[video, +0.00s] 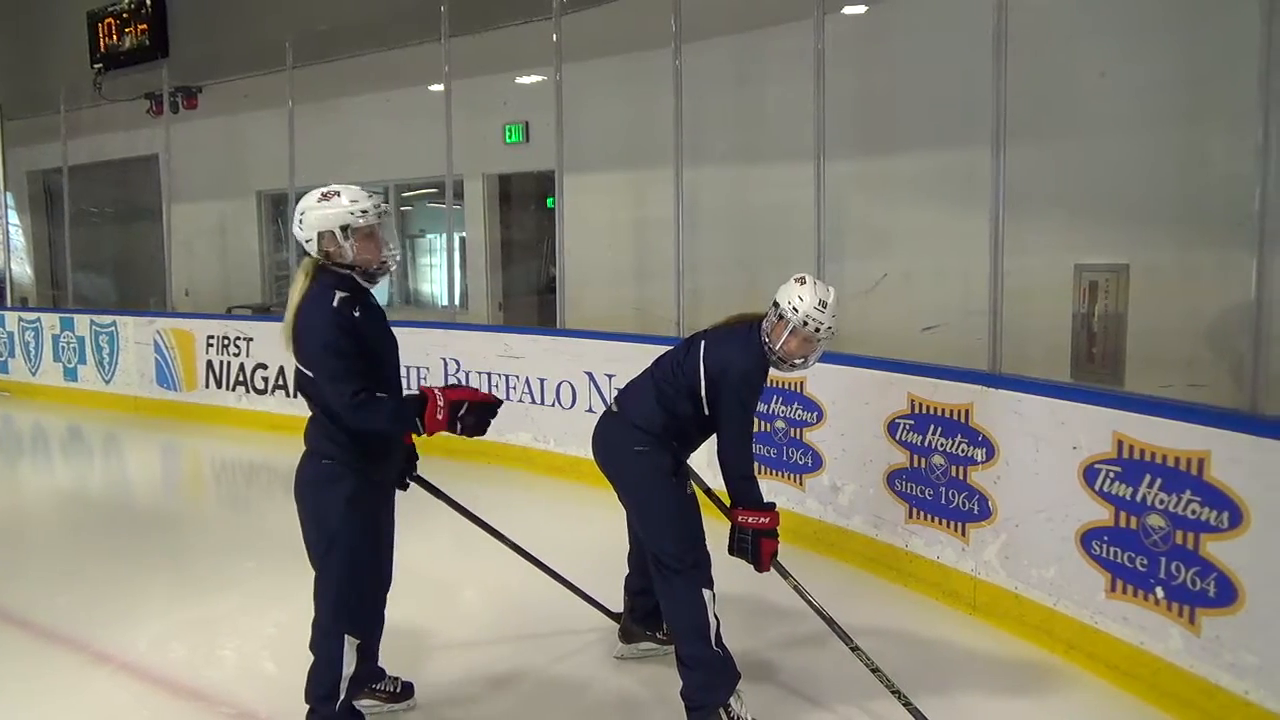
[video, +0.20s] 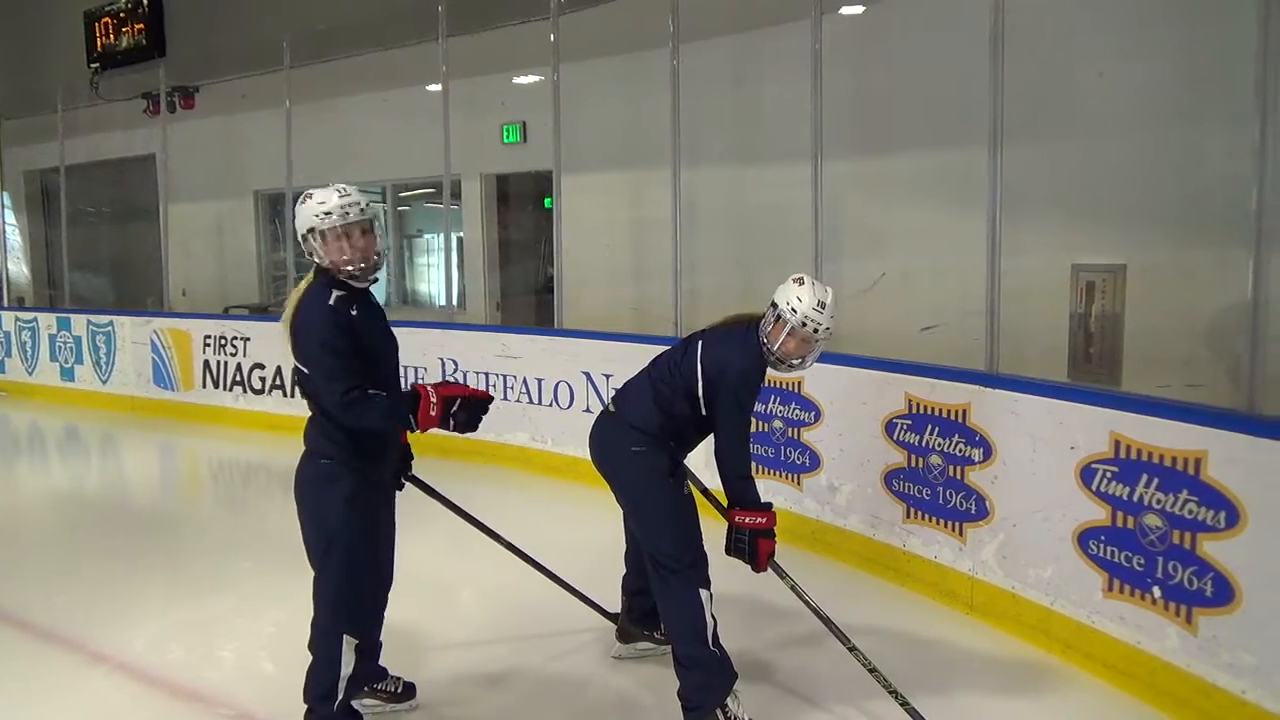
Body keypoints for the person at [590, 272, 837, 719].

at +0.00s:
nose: (794, 345)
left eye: (806, 339)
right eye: (791, 331)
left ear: (819, 344)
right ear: (774, 320)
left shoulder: (744, 336)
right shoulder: (744, 361)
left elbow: (682, 379)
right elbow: (734, 447)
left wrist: (673, 445)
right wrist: (753, 515)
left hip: (625, 433)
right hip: (642, 445)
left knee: (652, 534)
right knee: (686, 566)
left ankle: (641, 623)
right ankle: (710, 702)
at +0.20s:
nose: (792, 345)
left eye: (804, 339)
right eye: (788, 331)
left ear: (817, 344)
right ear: (771, 319)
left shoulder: (741, 337)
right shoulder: (741, 361)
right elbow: (732, 447)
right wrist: (750, 516)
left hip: (622, 433)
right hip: (638, 445)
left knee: (649, 531)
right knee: (683, 567)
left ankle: (639, 621)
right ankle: (707, 703)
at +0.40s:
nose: (789, 347)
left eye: (801, 341)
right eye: (785, 333)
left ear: (814, 344)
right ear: (768, 320)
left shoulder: (738, 337)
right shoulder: (737, 362)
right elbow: (729, 448)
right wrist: (747, 517)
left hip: (618, 433)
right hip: (635, 446)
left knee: (645, 533)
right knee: (680, 568)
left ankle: (636, 622)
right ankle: (704, 702)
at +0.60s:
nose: (786, 345)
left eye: (798, 339)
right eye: (782, 331)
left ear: (811, 344)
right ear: (765, 319)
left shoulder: (734, 338)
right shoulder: (735, 361)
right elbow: (726, 446)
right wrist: (745, 516)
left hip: (614, 435)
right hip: (633, 446)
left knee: (643, 533)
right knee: (677, 567)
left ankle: (634, 622)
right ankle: (702, 702)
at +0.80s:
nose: (785, 346)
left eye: (797, 340)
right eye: (781, 333)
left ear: (809, 343)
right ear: (762, 320)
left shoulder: (733, 338)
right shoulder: (732, 361)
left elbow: (723, 436)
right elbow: (723, 447)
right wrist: (742, 516)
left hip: (614, 434)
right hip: (628, 445)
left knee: (641, 532)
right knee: (675, 567)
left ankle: (632, 622)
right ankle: (700, 703)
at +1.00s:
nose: (781, 347)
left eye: (794, 340)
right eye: (777, 332)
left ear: (808, 343)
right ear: (761, 319)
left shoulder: (732, 340)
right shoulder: (729, 362)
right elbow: (720, 447)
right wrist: (739, 517)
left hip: (614, 434)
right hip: (625, 445)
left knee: (638, 532)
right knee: (671, 568)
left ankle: (630, 621)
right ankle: (696, 703)